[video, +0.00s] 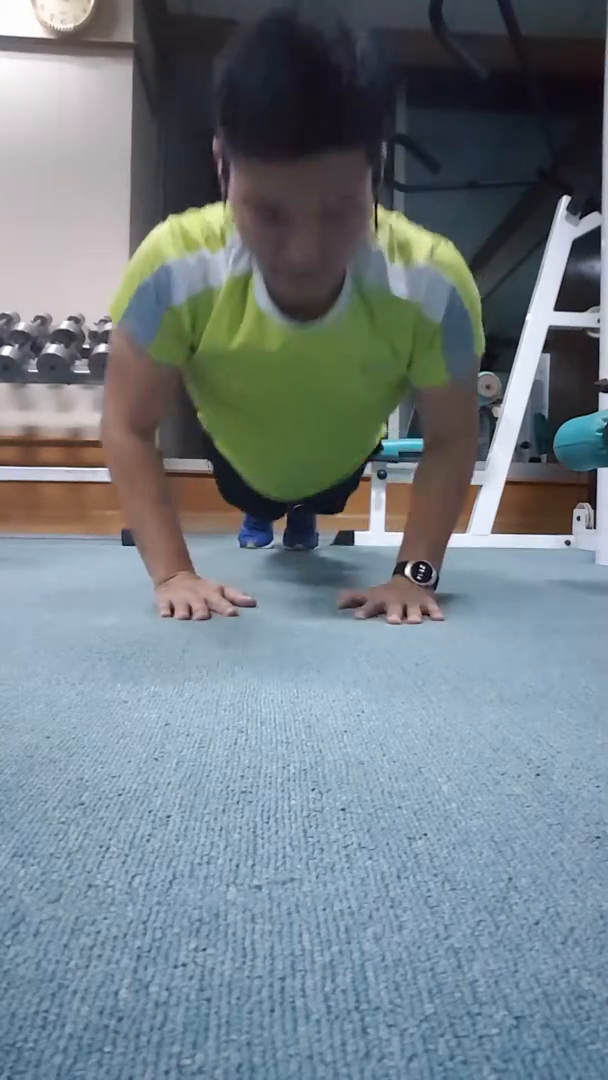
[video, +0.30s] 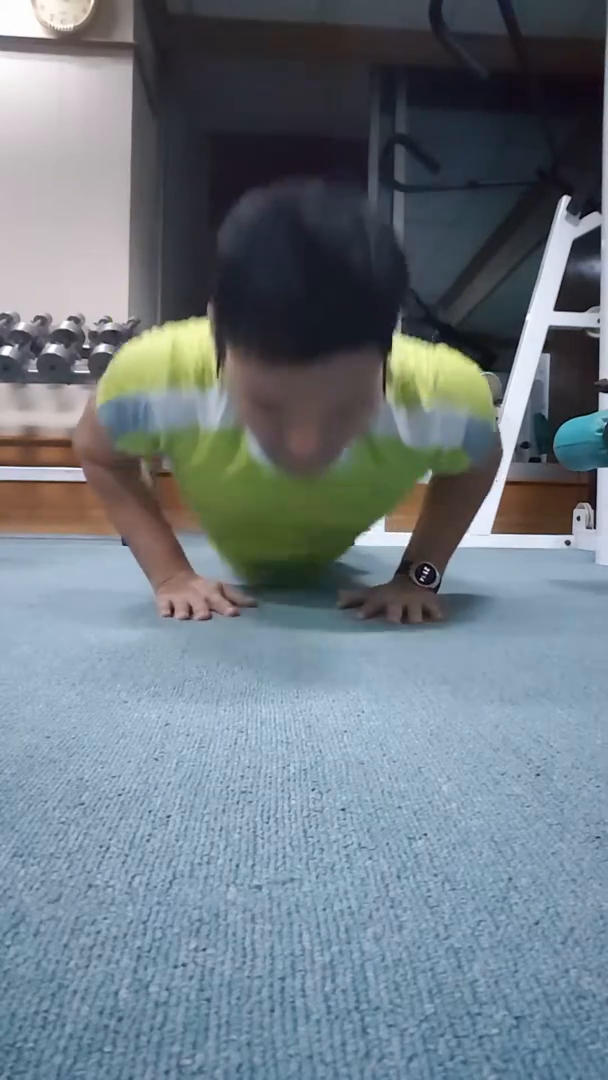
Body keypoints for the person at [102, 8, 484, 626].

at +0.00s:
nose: (306, 248)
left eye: (337, 212)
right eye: (271, 215)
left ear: (376, 171)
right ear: (222, 169)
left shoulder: (428, 275)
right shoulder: (175, 260)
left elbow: (451, 436)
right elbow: (125, 427)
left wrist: (415, 574)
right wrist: (173, 574)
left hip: (339, 463)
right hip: (240, 458)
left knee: (314, 499)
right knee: (256, 498)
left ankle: (301, 519)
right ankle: (260, 518)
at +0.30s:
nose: (304, 443)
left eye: (341, 410)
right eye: (268, 407)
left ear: (383, 361)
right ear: (220, 344)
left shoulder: (447, 396)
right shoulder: (154, 377)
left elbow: (476, 456)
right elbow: (99, 450)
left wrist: (418, 574)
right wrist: (172, 575)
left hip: (343, 527)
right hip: (226, 531)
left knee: (321, 546)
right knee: (240, 549)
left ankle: (303, 558)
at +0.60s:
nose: (306, 588)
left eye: (348, 554)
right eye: (266, 553)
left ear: (387, 488)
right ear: (214, 480)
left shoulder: (438, 474)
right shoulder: (161, 469)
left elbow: (494, 444)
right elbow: (91, 439)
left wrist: (425, 574)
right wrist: (167, 570)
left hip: (375, 578)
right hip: (225, 580)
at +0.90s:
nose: (317, 351)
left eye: (348, 314)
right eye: (280, 319)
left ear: (386, 272)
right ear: (222, 269)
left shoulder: (442, 341)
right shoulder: (162, 345)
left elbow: (480, 452)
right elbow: (106, 446)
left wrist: (417, 577)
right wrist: (174, 575)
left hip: (344, 506)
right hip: (232, 510)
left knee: (329, 533)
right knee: (246, 535)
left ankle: (303, 551)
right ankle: (262, 547)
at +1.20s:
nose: (316, 136)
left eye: (343, 102)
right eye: (282, 101)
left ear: (381, 84)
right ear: (236, 85)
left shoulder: (426, 222)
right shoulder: (189, 210)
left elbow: (428, 406)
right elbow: (160, 399)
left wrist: (414, 574)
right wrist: (176, 571)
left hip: (340, 444)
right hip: (240, 442)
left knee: (315, 492)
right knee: (254, 489)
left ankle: (301, 516)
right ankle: (260, 514)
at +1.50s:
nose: (307, 254)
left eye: (341, 211)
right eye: (272, 211)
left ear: (381, 195)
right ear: (225, 195)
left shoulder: (428, 298)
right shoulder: (177, 282)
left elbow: (462, 444)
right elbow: (126, 431)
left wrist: (416, 574)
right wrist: (168, 574)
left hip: (338, 489)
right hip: (236, 489)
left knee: (316, 516)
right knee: (249, 521)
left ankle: (303, 530)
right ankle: (260, 528)